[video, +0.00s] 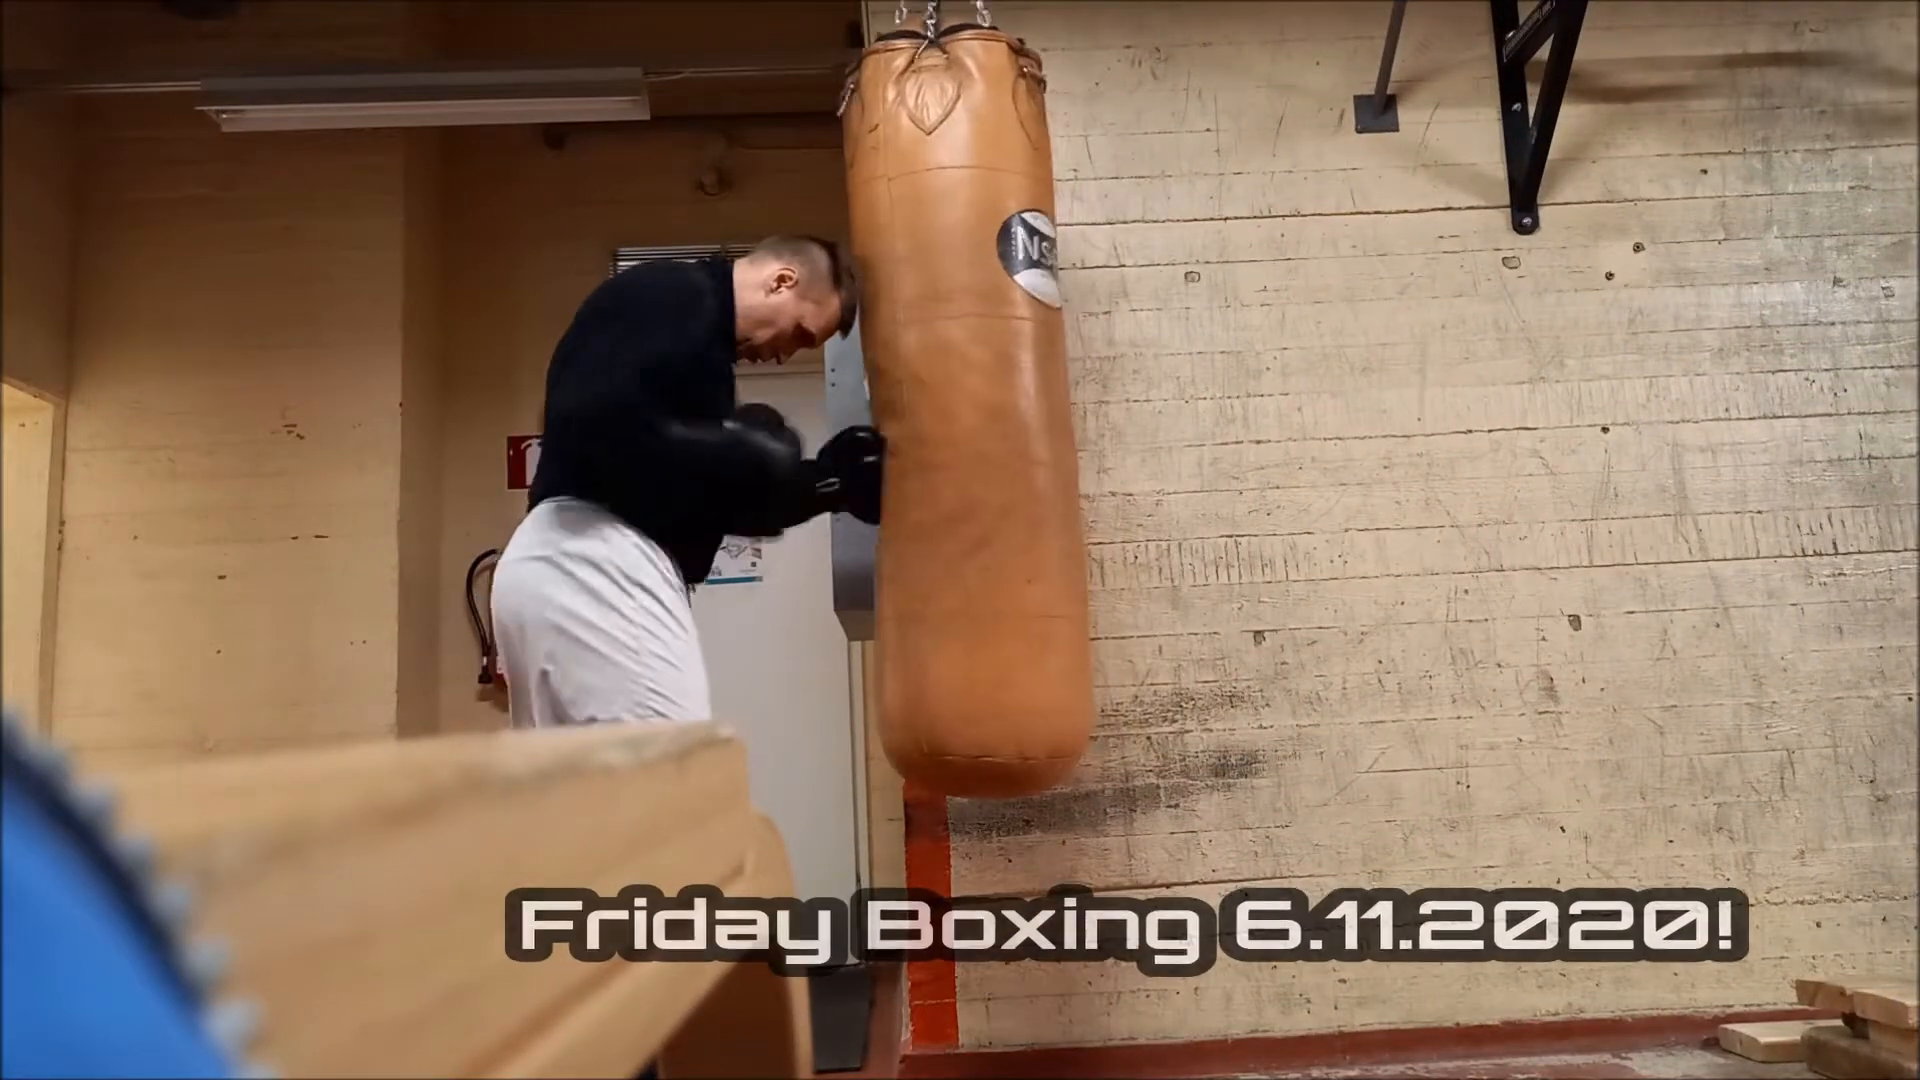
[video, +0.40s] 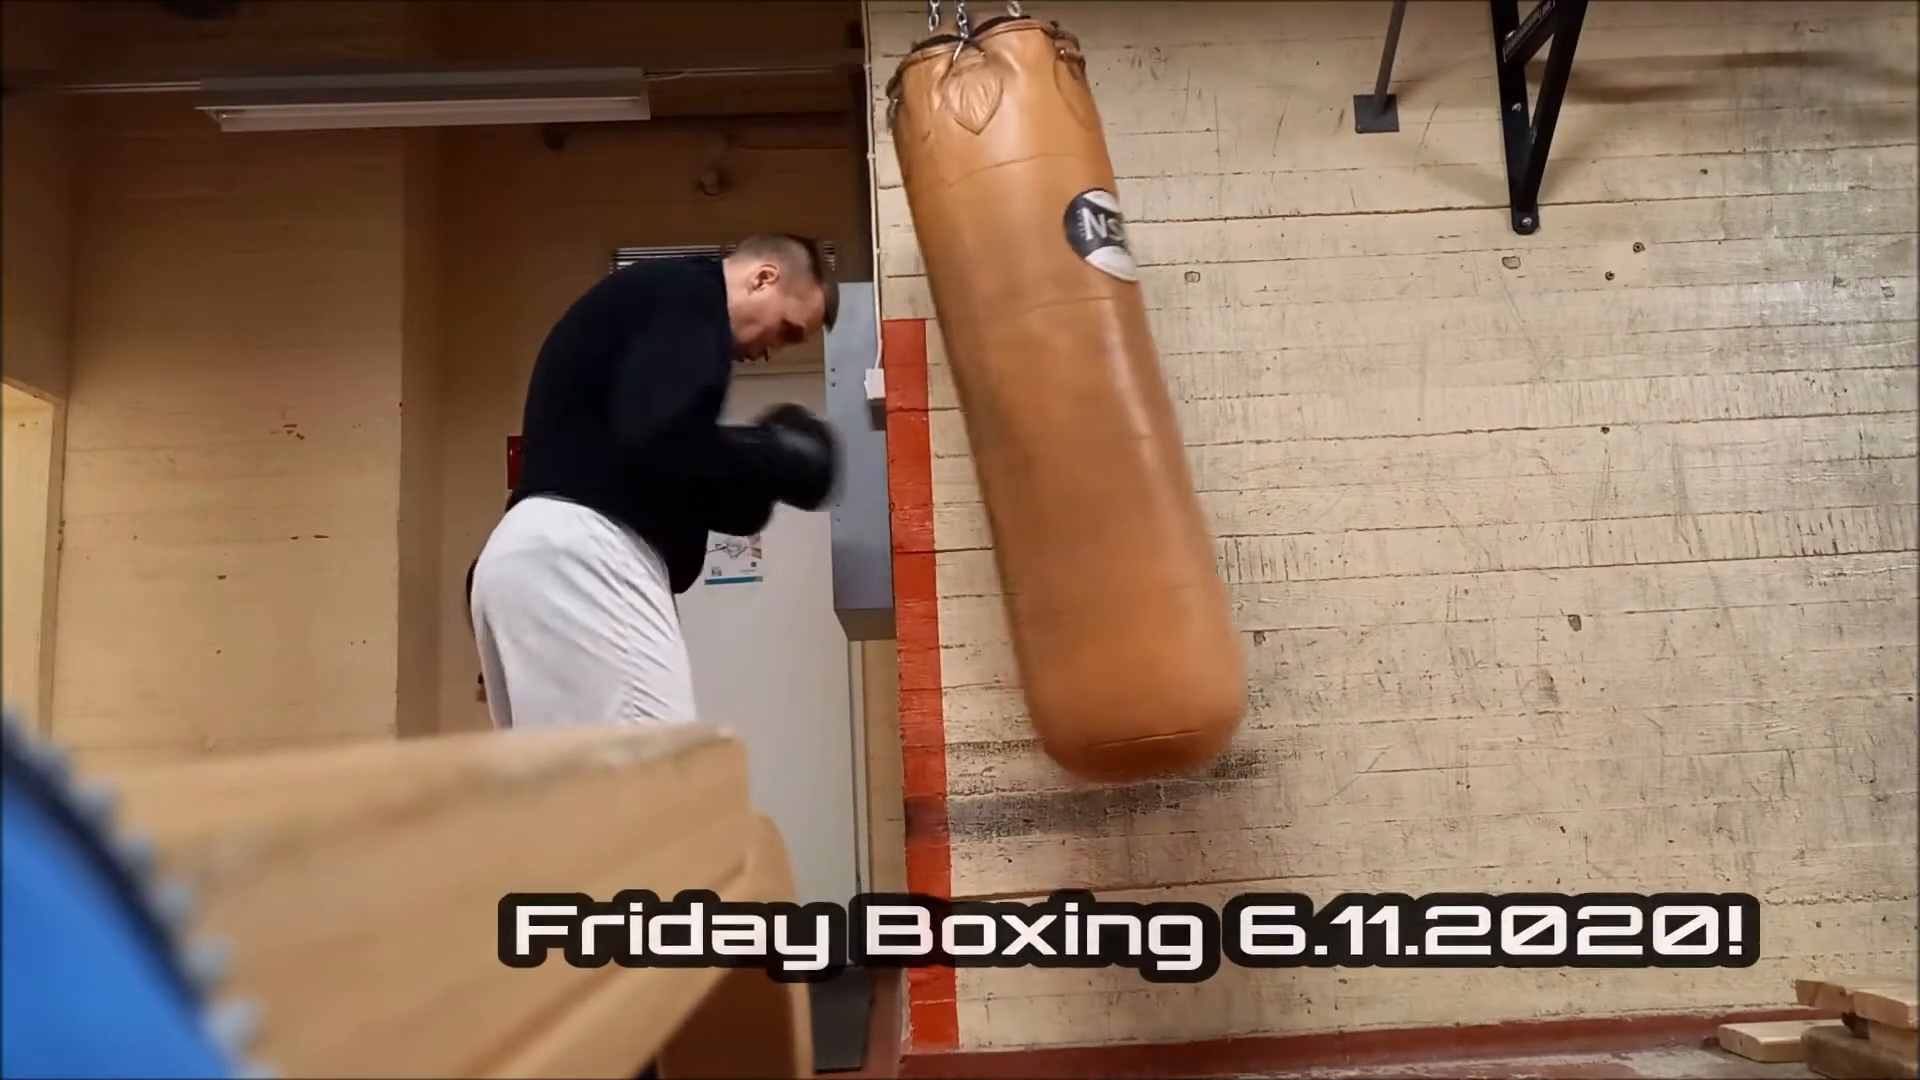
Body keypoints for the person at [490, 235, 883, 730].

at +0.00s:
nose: (786, 353)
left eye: (804, 344)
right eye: (802, 332)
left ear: (779, 279)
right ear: (783, 281)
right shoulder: (668, 293)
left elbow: (705, 501)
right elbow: (603, 439)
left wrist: (822, 482)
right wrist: (745, 454)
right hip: (596, 561)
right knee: (661, 806)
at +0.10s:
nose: (786, 354)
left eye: (804, 345)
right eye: (802, 331)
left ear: (780, 276)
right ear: (785, 279)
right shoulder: (690, 293)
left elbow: (678, 498)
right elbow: (665, 465)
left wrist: (798, 489)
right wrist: (793, 464)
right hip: (590, 557)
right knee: (667, 799)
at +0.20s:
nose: (785, 349)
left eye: (800, 341)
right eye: (798, 328)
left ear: (772, 273)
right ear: (778, 275)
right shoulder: (705, 300)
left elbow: (768, 491)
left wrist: (863, 465)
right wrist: (883, 462)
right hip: (589, 563)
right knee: (658, 812)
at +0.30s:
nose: (783, 346)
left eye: (797, 338)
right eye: (794, 326)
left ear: (767, 270)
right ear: (772, 273)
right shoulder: (691, 296)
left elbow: (715, 485)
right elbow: (714, 457)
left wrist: (822, 477)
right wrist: (832, 466)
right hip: (586, 556)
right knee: (651, 812)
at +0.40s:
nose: (772, 351)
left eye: (789, 341)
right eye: (786, 330)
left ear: (763, 278)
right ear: (764, 278)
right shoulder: (687, 299)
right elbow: (658, 436)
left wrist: (760, 458)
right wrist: (771, 455)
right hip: (577, 553)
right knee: (657, 791)